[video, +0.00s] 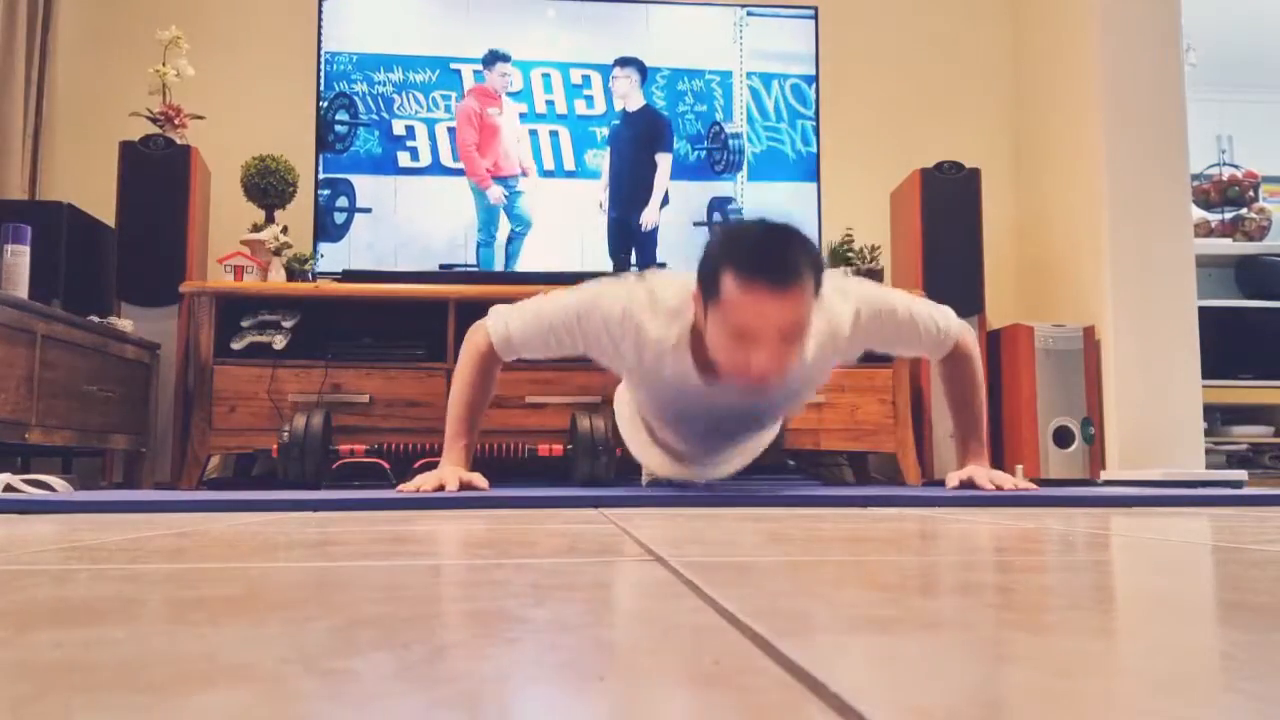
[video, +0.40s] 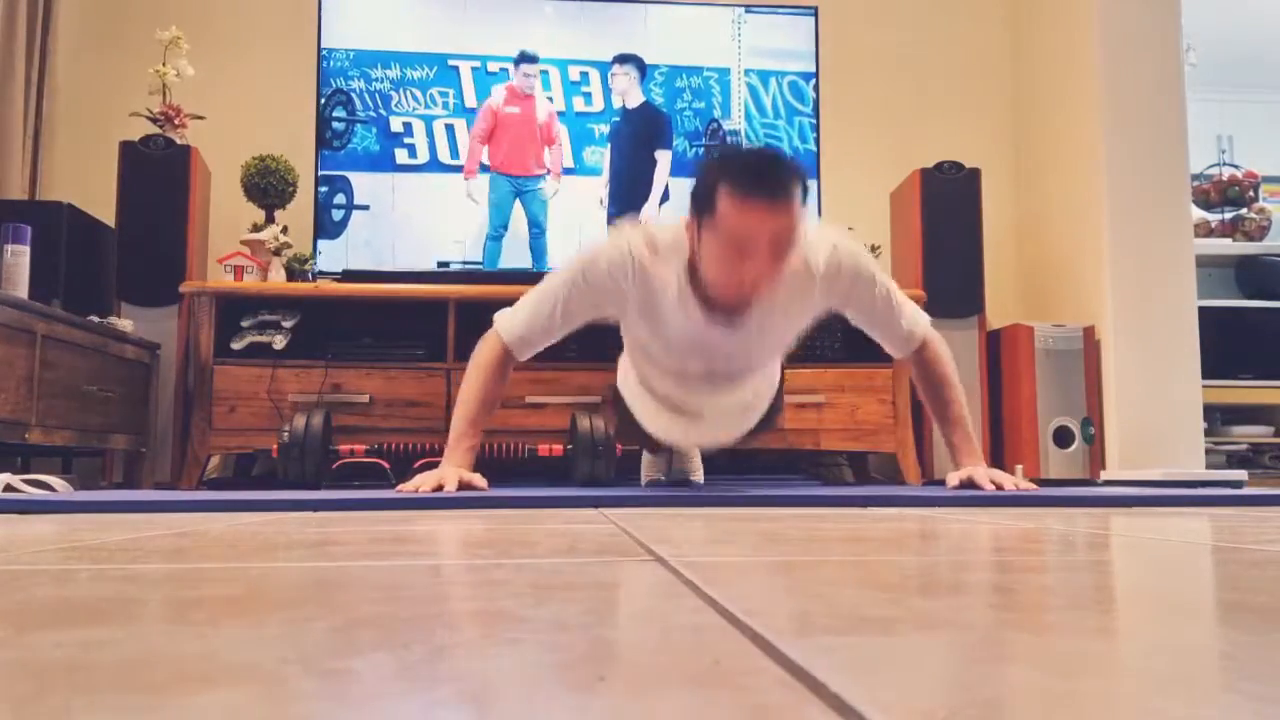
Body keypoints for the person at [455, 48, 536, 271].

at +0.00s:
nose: (508, 81)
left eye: (510, 75)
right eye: (502, 75)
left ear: (511, 76)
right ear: (487, 74)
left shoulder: (508, 104)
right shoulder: (470, 105)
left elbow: (517, 140)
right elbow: (466, 150)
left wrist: (526, 165)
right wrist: (488, 186)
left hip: (511, 179)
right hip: (486, 181)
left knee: (523, 222)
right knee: (487, 235)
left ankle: (510, 274)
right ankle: (487, 284)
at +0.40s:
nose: (531, 81)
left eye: (535, 76)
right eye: (526, 75)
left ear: (539, 76)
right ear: (514, 73)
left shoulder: (544, 107)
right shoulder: (496, 103)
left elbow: (555, 144)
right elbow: (477, 139)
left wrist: (555, 177)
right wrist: (470, 176)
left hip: (535, 179)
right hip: (503, 178)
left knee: (539, 230)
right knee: (497, 230)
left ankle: (541, 277)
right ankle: (489, 278)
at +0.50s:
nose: (541, 81)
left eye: (545, 76)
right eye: (536, 75)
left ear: (549, 76)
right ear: (525, 73)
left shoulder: (554, 109)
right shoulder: (507, 100)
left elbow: (561, 145)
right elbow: (485, 133)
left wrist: (556, 177)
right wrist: (478, 170)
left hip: (539, 178)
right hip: (507, 175)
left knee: (540, 229)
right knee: (501, 228)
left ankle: (540, 275)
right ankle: (493, 274)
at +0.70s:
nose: (544, 74)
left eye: (547, 69)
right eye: (539, 69)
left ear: (549, 71)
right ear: (525, 69)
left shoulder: (554, 103)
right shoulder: (505, 99)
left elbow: (561, 142)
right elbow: (488, 133)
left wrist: (557, 174)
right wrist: (488, 168)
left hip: (540, 176)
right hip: (508, 174)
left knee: (539, 227)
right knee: (504, 226)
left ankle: (539, 273)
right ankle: (499, 273)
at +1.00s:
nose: (529, 70)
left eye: (531, 65)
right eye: (524, 65)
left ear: (532, 66)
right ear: (508, 65)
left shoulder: (536, 99)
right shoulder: (490, 97)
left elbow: (550, 134)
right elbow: (477, 131)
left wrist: (558, 166)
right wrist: (483, 165)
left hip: (532, 172)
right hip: (501, 171)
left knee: (533, 224)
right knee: (500, 225)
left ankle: (536, 269)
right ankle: (498, 269)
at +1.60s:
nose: (517, 64)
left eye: (517, 59)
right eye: (510, 60)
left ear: (518, 60)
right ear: (495, 64)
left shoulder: (527, 95)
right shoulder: (478, 98)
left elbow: (545, 126)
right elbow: (467, 138)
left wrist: (557, 151)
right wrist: (467, 175)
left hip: (527, 170)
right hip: (495, 171)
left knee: (531, 224)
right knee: (496, 224)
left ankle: (538, 270)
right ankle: (494, 270)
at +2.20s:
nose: (529, 67)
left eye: (531, 62)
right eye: (524, 62)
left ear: (533, 65)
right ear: (509, 63)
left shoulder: (539, 96)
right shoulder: (491, 96)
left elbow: (559, 129)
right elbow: (475, 132)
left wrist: (553, 144)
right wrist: (471, 169)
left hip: (534, 171)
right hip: (503, 171)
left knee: (532, 224)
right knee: (500, 224)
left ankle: (535, 271)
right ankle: (491, 270)